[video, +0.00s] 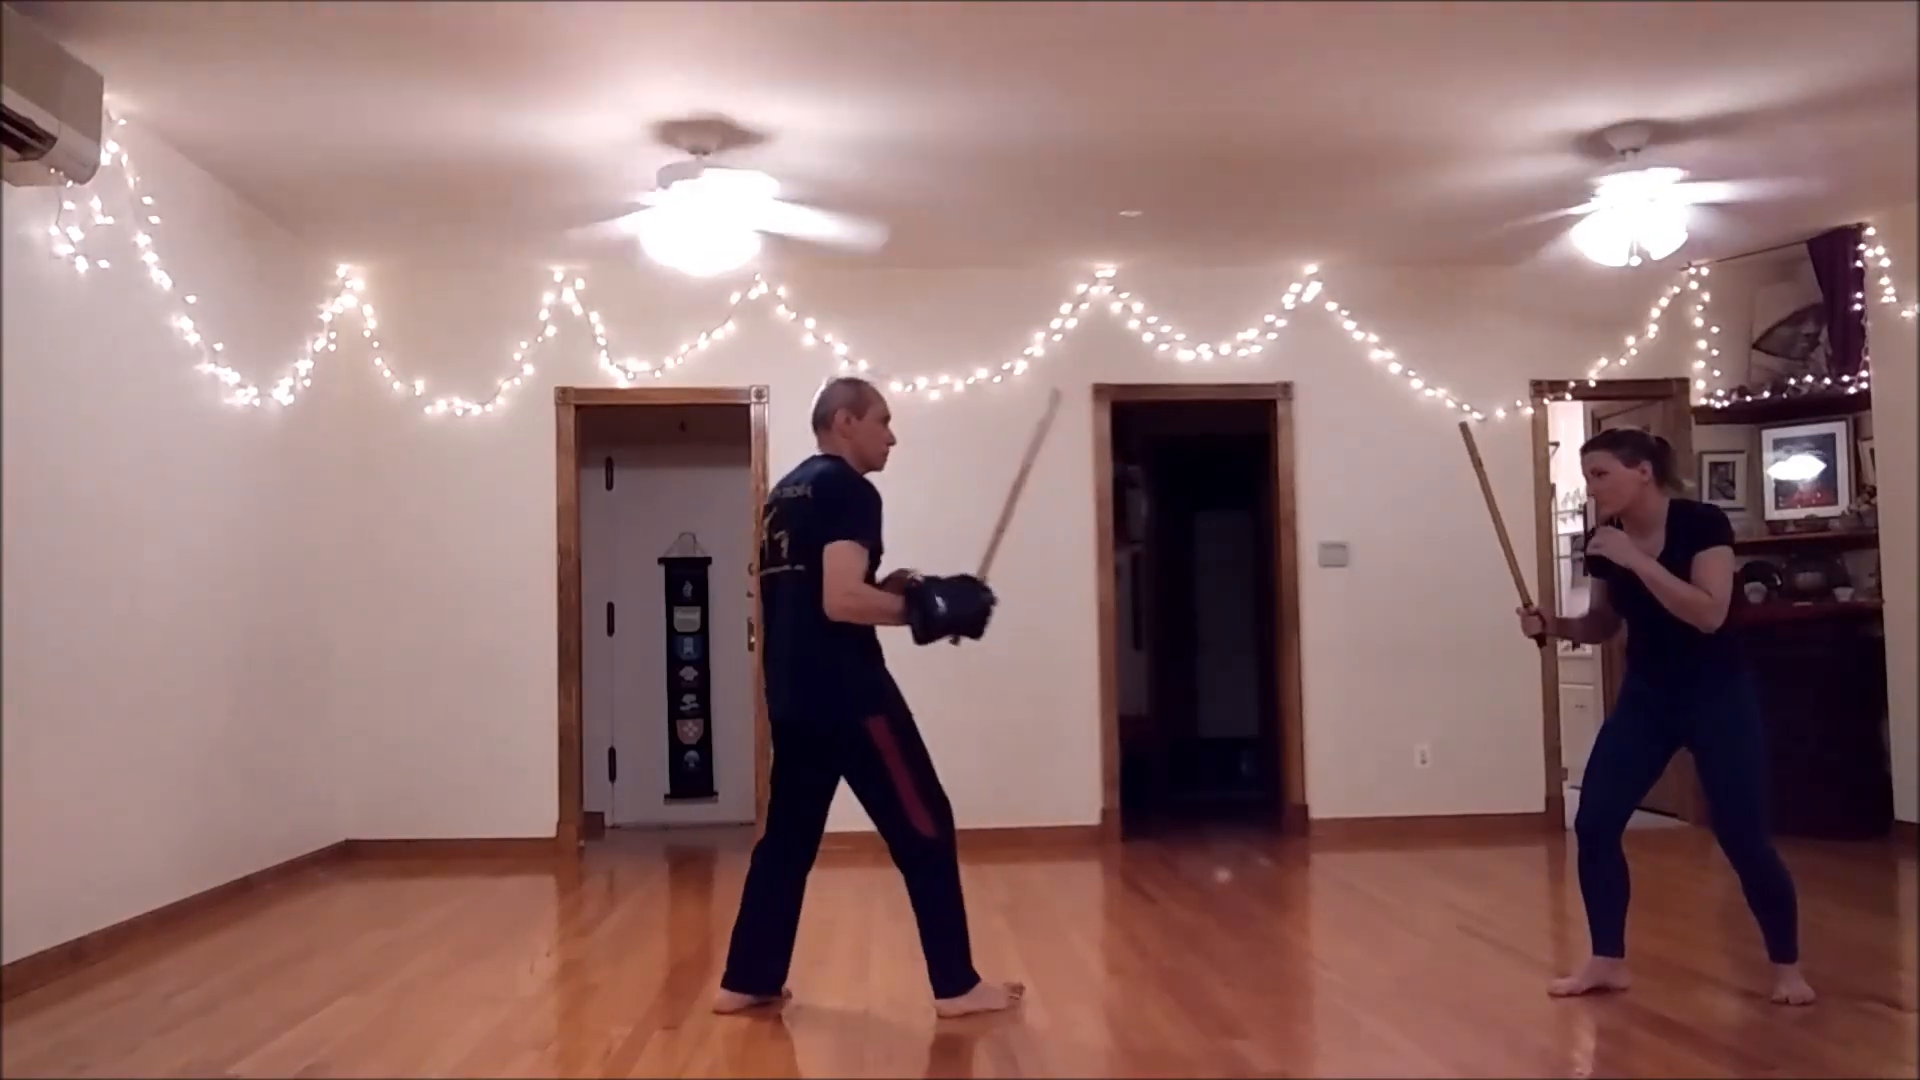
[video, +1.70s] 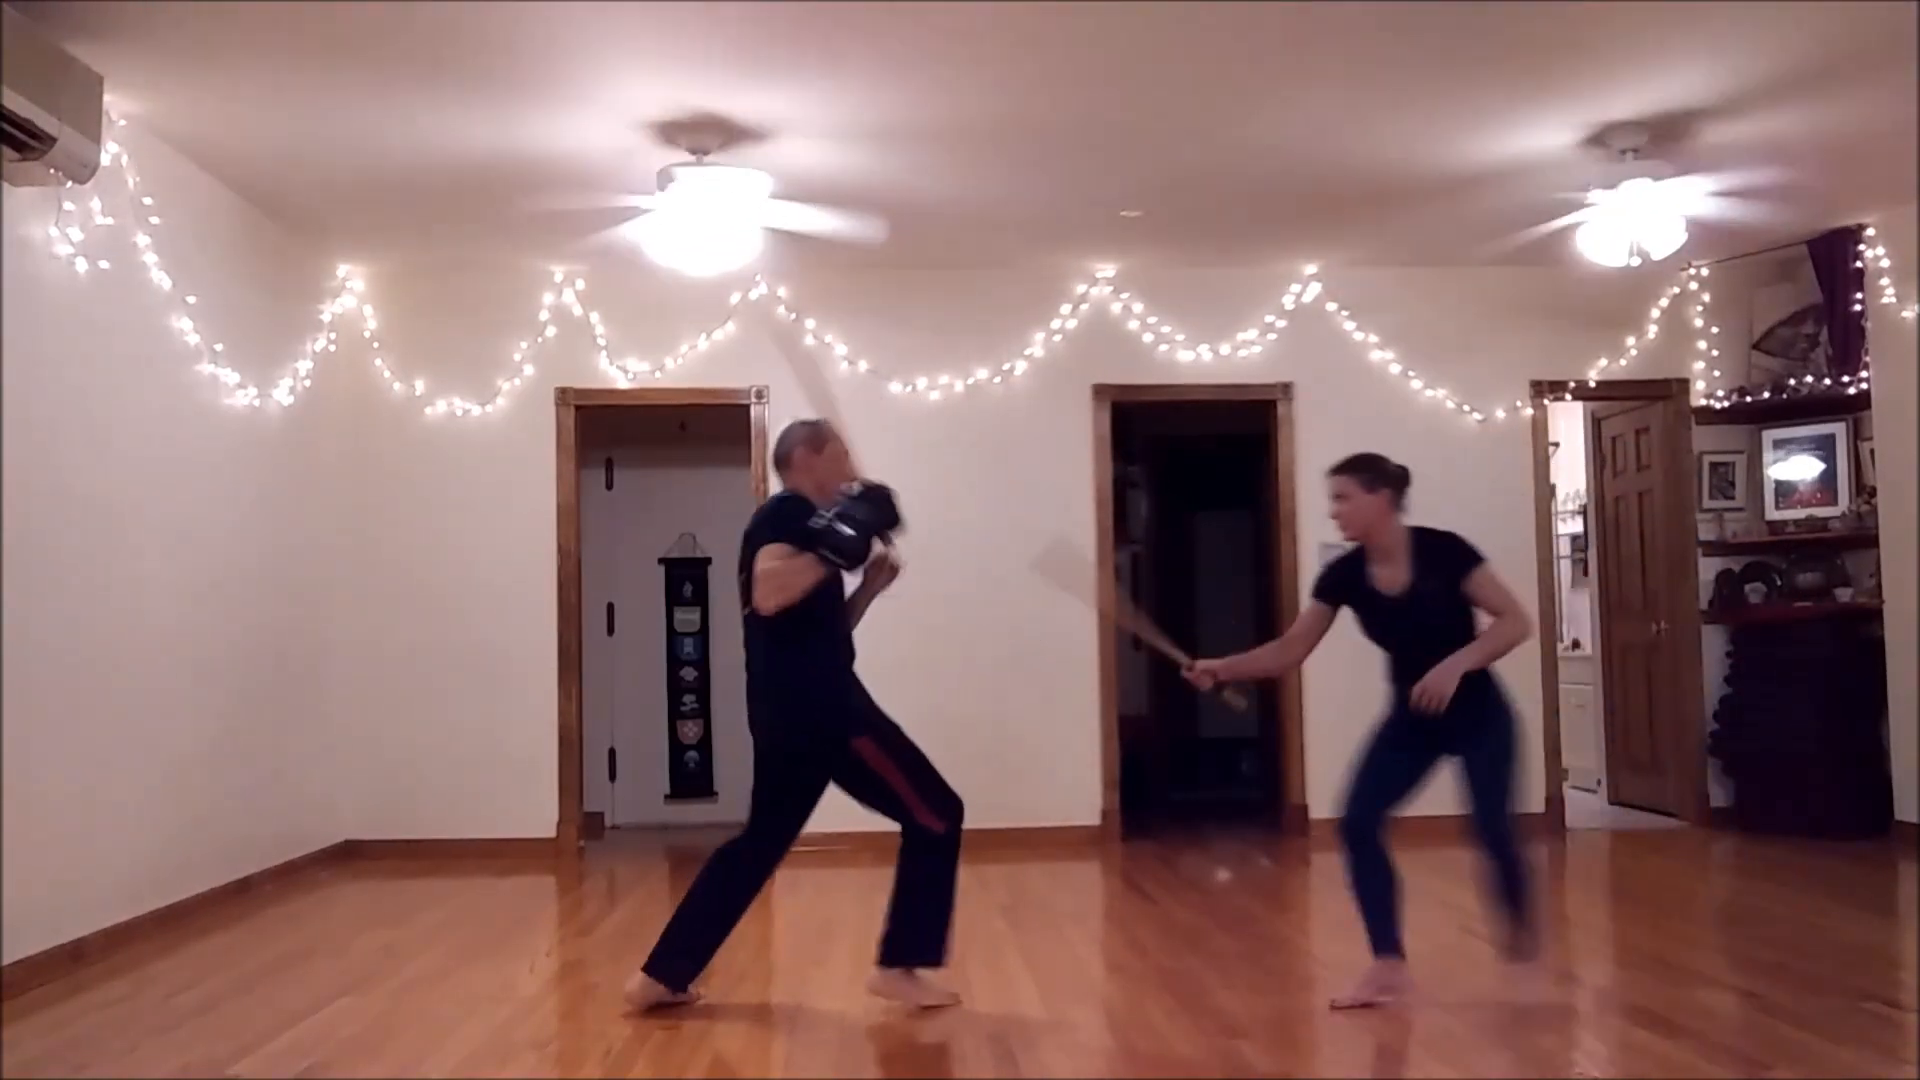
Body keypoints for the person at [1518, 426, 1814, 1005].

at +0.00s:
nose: (1592, 488)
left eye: (1600, 475)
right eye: (1588, 478)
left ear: (1640, 471)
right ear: (1617, 480)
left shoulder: (1702, 522)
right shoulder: (1608, 542)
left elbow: (1711, 612)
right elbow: (1605, 623)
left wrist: (1634, 560)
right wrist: (1555, 626)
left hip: (1718, 698)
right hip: (1648, 699)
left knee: (1742, 836)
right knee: (1595, 822)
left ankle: (1787, 967)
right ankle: (1606, 961)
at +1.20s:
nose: (1580, 493)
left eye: (1587, 480)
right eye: (1576, 483)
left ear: (1629, 476)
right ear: (1618, 481)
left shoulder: (1696, 530)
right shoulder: (1599, 549)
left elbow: (1761, 605)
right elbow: (1618, 627)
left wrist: (1680, 613)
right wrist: (1559, 637)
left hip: (1723, 702)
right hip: (1652, 704)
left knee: (1750, 828)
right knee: (1588, 814)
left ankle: (1789, 965)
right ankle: (1609, 953)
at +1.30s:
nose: (1567, 505)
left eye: (1575, 492)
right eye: (1563, 495)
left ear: (1616, 489)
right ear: (1608, 495)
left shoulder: (1684, 548)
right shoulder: (1582, 563)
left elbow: (1745, 627)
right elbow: (1579, 647)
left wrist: (1666, 644)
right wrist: (1528, 642)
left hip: (1699, 717)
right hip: (1627, 718)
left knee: (1736, 843)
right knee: (1547, 818)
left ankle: (1788, 960)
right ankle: (1569, 956)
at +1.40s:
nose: (1531, 519)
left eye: (1540, 505)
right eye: (1529, 508)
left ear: (1582, 503)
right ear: (1566, 509)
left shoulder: (1650, 563)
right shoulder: (1544, 580)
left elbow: (1682, 650)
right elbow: (1521, 665)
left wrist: (1595, 634)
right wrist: (1469, 647)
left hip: (1664, 739)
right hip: (1593, 741)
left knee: (1723, 855)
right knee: (1499, 825)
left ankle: (1790, 960)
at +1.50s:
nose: (1464, 515)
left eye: (1473, 502)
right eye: (1459, 506)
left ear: (1510, 501)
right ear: (1468, 515)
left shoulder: (1567, 558)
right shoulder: (1470, 583)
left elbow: (1613, 634)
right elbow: (1431, 665)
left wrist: (1524, 612)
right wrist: (1369, 645)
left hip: (1600, 736)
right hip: (1528, 741)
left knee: (1686, 840)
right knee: (1437, 828)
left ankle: (1781, 950)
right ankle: (1393, 963)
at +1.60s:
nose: (1382, 515)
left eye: (1393, 502)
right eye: (1380, 504)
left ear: (1432, 504)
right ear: (1397, 515)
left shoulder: (1490, 555)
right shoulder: (1390, 585)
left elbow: (1557, 625)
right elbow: (1324, 652)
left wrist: (1482, 637)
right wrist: (1253, 653)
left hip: (1535, 725)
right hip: (1466, 734)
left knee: (1600, 843)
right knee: (1397, 830)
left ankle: (1695, 936)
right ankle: (1396, 974)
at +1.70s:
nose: (1334, 512)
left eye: (1343, 499)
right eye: (1332, 501)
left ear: (1384, 498)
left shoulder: (1443, 552)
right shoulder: (1344, 576)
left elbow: (1517, 621)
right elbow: (1288, 652)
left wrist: (1454, 665)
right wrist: (1221, 669)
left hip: (1477, 710)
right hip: (1413, 714)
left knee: (1494, 827)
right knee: (1358, 822)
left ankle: (1522, 945)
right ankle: (1389, 965)